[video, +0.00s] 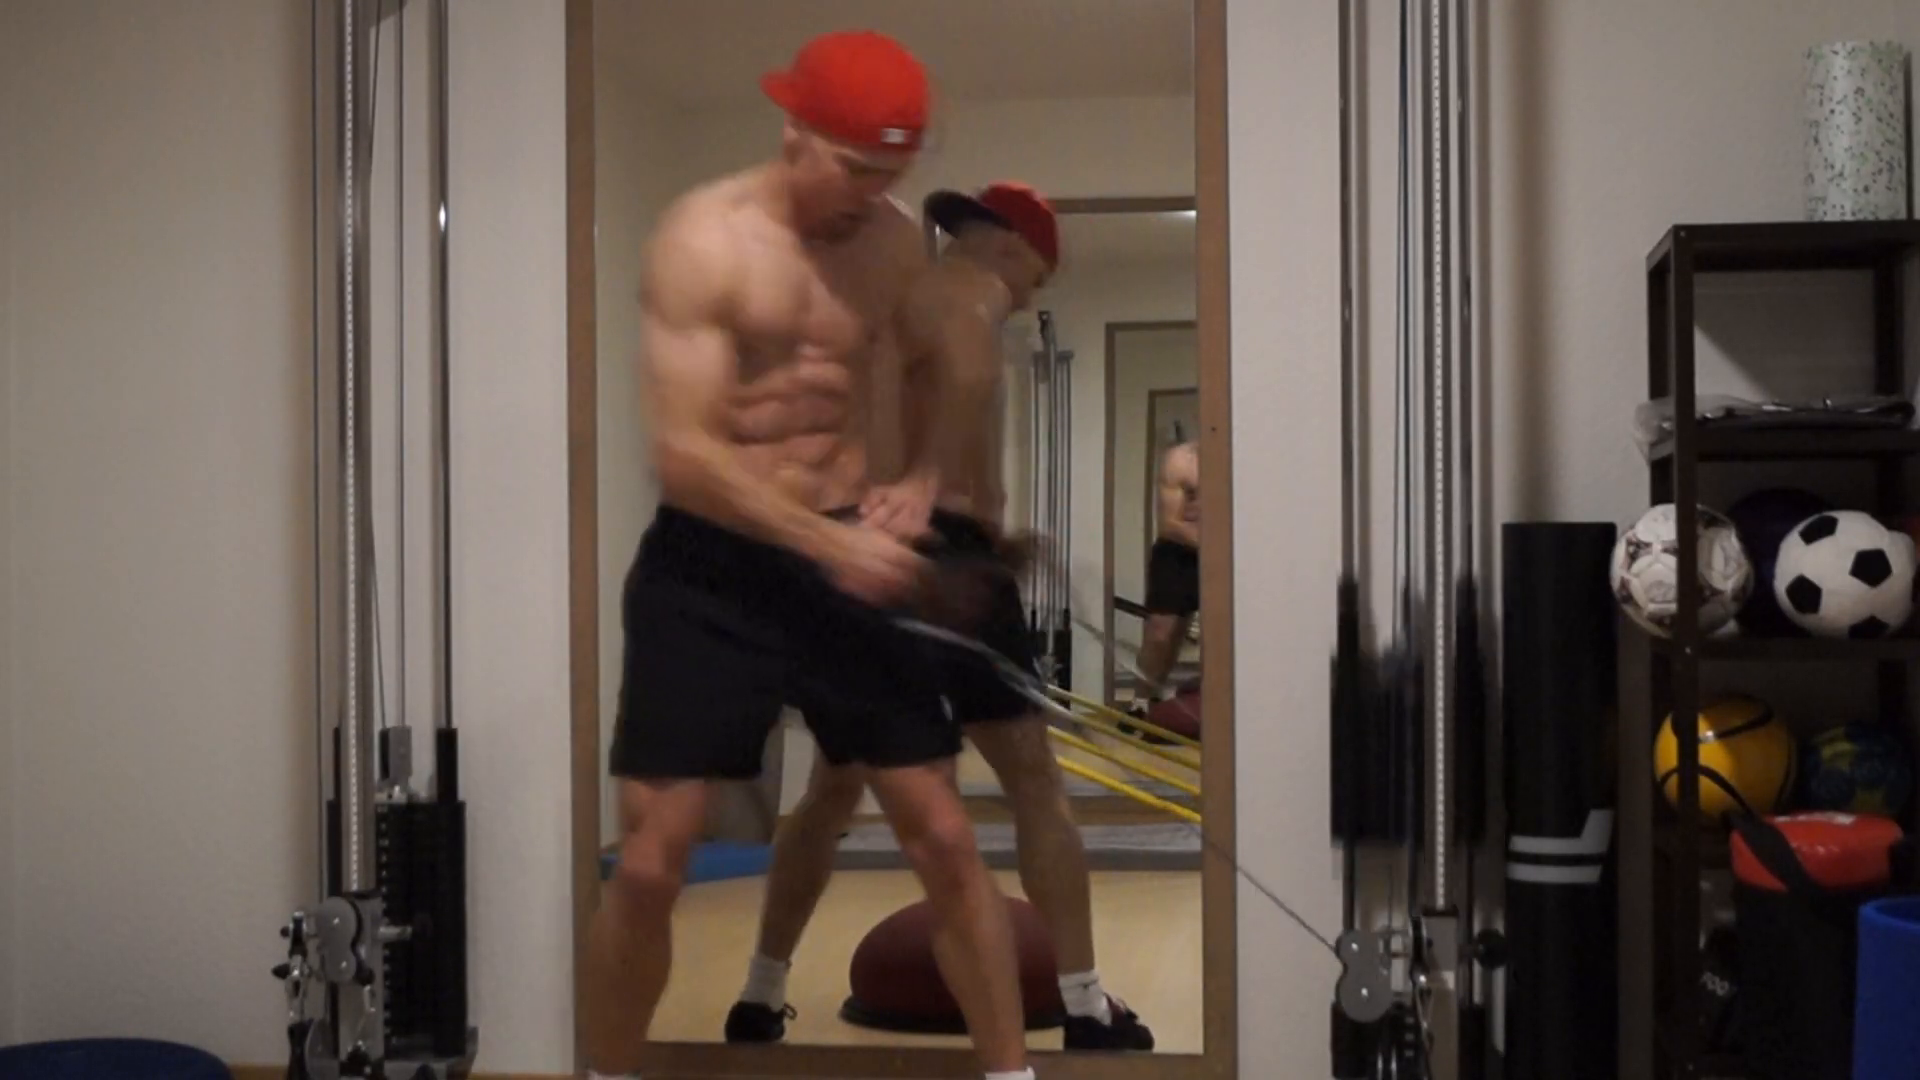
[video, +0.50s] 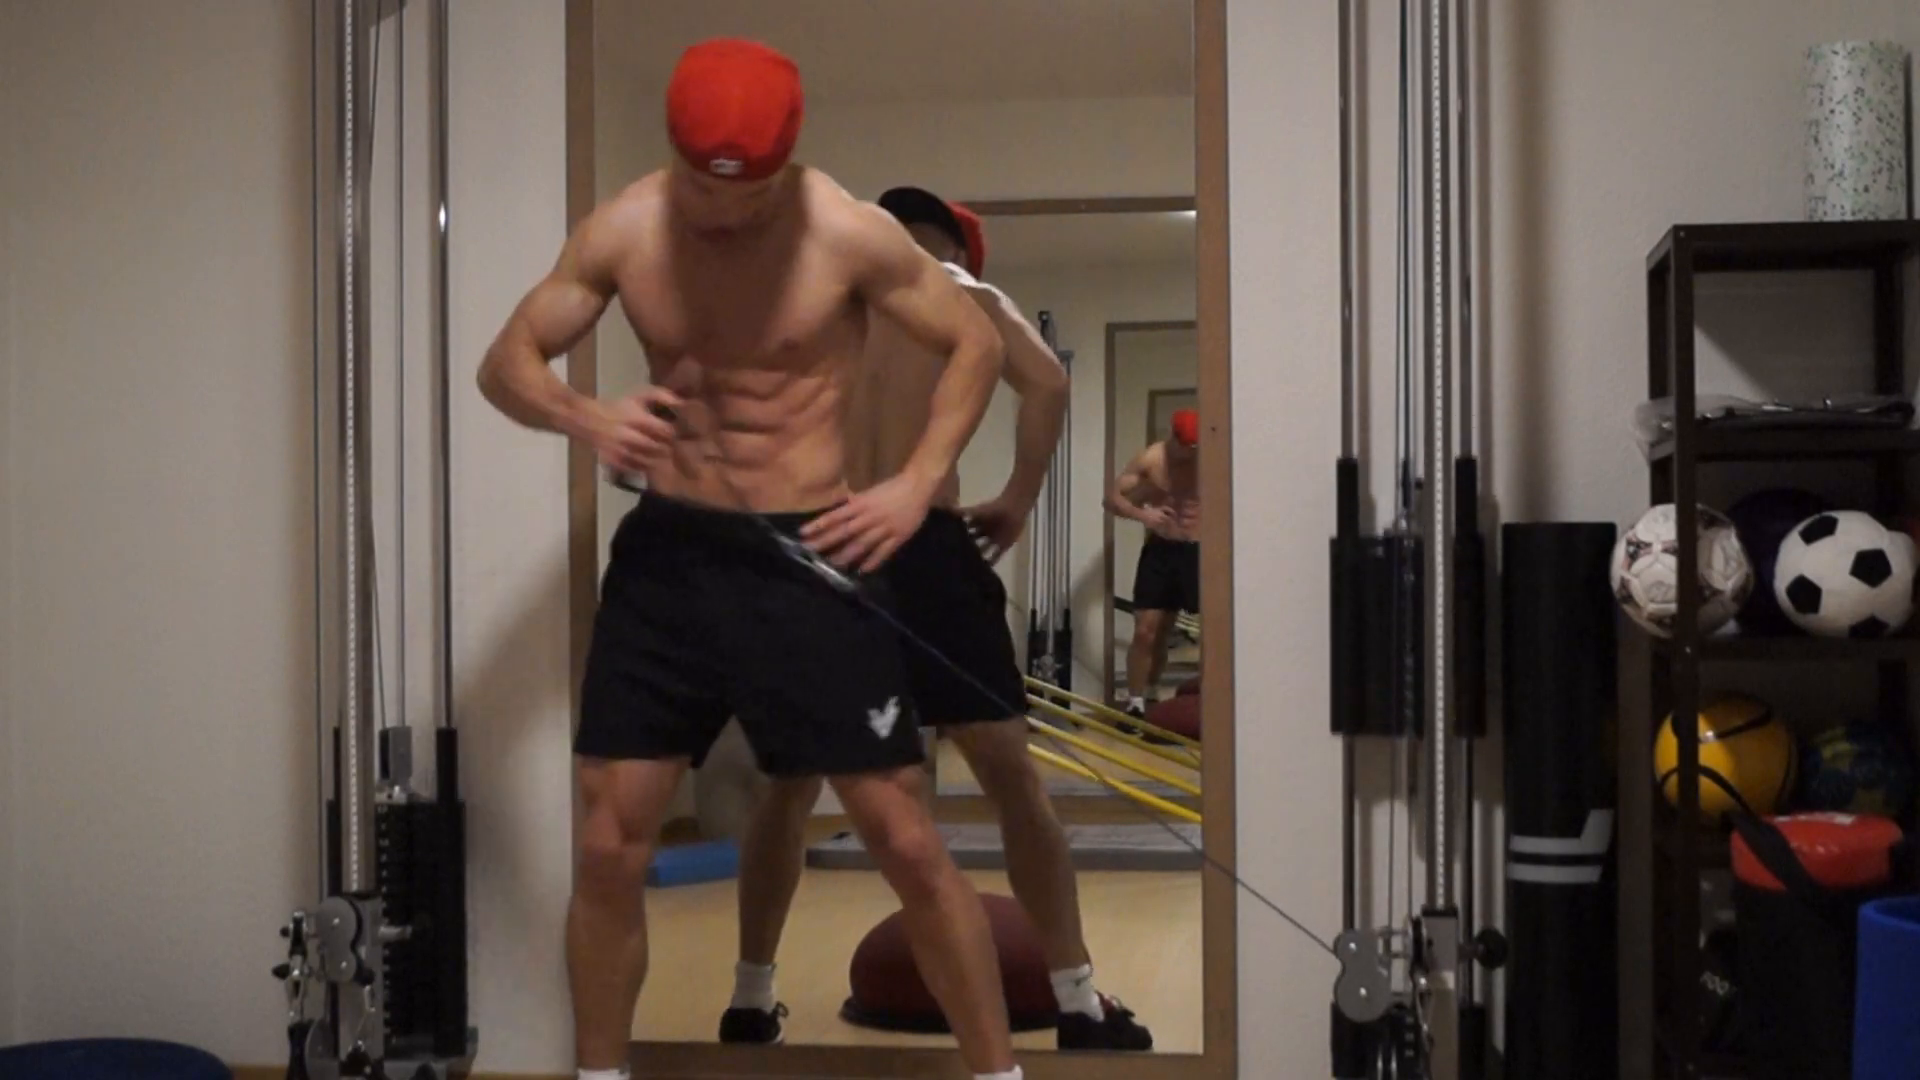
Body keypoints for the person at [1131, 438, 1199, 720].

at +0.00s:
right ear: (1208, 427)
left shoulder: (1231, 460)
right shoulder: (1181, 458)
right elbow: (1170, 523)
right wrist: (1209, 542)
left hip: (1210, 552)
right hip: (1178, 550)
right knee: (1162, 634)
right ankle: (1142, 699)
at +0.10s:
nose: (1209, 440)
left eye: (1214, 433)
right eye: (1206, 431)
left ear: (1219, 435)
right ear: (1194, 429)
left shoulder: (1218, 462)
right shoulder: (1163, 458)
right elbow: (1129, 505)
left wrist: (1208, 518)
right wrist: (1164, 529)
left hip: (1199, 551)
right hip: (1168, 548)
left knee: (1171, 629)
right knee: (1154, 630)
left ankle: (1153, 696)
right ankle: (1138, 701)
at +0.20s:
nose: (1189, 450)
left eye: (1194, 445)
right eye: (1186, 443)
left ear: (1202, 444)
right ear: (1175, 438)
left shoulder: (1205, 464)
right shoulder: (1152, 459)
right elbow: (1110, 486)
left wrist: (1210, 525)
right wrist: (1129, 509)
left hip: (1195, 552)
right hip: (1161, 549)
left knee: (1163, 631)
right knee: (1145, 630)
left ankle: (1151, 694)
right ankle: (1136, 700)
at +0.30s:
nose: (1184, 455)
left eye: (1189, 449)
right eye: (1179, 448)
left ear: (1198, 447)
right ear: (1168, 442)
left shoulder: (1204, 464)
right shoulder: (1149, 457)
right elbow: (1108, 479)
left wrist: (1206, 525)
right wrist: (1119, 499)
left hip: (1190, 552)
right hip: (1155, 549)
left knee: (1160, 630)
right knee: (1140, 628)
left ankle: (1150, 695)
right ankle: (1135, 701)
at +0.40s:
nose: (1179, 454)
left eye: (1185, 449)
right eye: (1174, 447)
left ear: (1195, 448)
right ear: (1166, 440)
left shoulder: (1203, 465)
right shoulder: (1148, 458)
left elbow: (1224, 498)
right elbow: (1108, 486)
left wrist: (1207, 521)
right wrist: (1126, 504)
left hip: (1189, 553)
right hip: (1155, 549)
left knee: (1160, 630)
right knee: (1141, 628)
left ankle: (1149, 696)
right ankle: (1134, 702)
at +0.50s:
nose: (1187, 452)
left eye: (1193, 447)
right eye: (1183, 445)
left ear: (1200, 443)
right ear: (1173, 438)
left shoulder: (1206, 463)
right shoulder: (1153, 459)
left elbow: (1231, 503)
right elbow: (1113, 497)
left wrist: (1208, 517)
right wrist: (1146, 515)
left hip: (1195, 550)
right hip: (1160, 548)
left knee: (1163, 632)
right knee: (1146, 630)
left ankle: (1147, 695)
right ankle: (1135, 701)